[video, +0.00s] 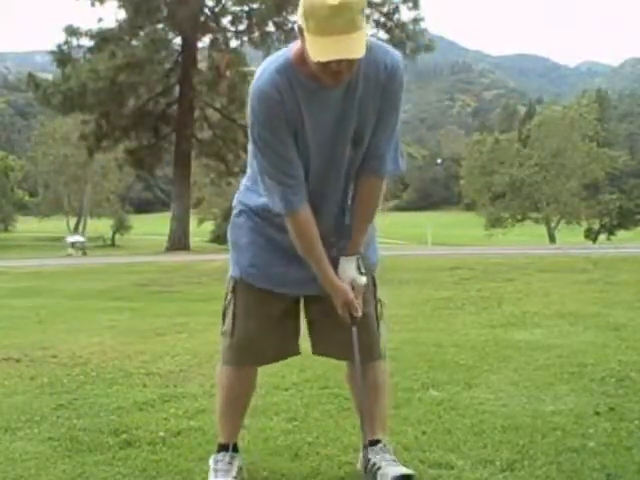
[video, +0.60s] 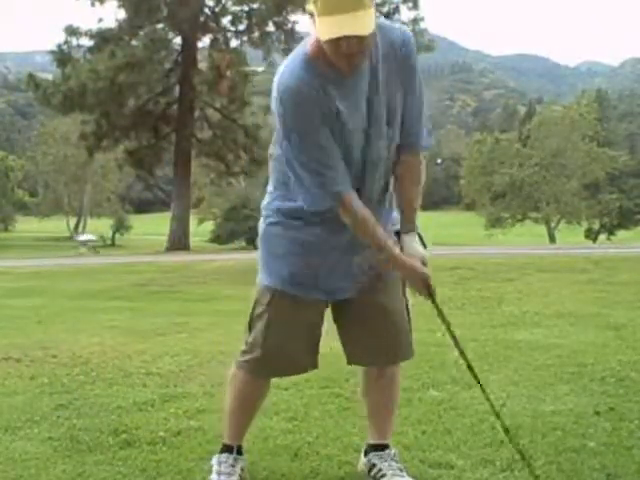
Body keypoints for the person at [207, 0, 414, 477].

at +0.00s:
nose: (337, 64)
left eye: (348, 52)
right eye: (324, 54)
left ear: (363, 33)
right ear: (302, 35)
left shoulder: (385, 68)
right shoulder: (272, 86)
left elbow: (375, 169)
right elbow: (290, 199)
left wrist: (352, 256)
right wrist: (328, 277)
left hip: (346, 226)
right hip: (269, 225)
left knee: (367, 341)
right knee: (243, 342)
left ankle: (377, 450)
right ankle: (226, 454)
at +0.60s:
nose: (351, 48)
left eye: (359, 36)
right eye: (338, 39)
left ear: (374, 19)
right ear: (315, 26)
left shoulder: (397, 46)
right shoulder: (296, 84)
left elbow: (409, 148)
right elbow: (341, 195)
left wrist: (410, 232)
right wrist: (399, 259)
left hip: (372, 223)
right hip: (299, 227)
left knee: (386, 341)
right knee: (265, 347)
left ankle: (379, 452)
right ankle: (229, 455)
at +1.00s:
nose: (307, 37)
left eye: (318, 24)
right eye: (294, 27)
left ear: (336, 10)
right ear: (277, 18)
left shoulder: (365, 32)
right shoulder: (264, 81)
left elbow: (394, 128)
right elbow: (317, 186)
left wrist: (398, 208)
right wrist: (382, 249)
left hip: (346, 217)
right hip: (269, 221)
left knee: (369, 339)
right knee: (241, 348)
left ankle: (378, 455)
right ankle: (226, 457)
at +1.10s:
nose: (292, 31)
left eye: (303, 19)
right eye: (281, 21)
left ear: (322, 10)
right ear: (264, 16)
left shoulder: (357, 39)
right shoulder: (240, 73)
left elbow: (362, 145)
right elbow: (257, 180)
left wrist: (333, 236)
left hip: (340, 216)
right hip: (257, 217)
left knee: (366, 338)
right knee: (236, 344)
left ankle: (376, 453)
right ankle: (226, 457)